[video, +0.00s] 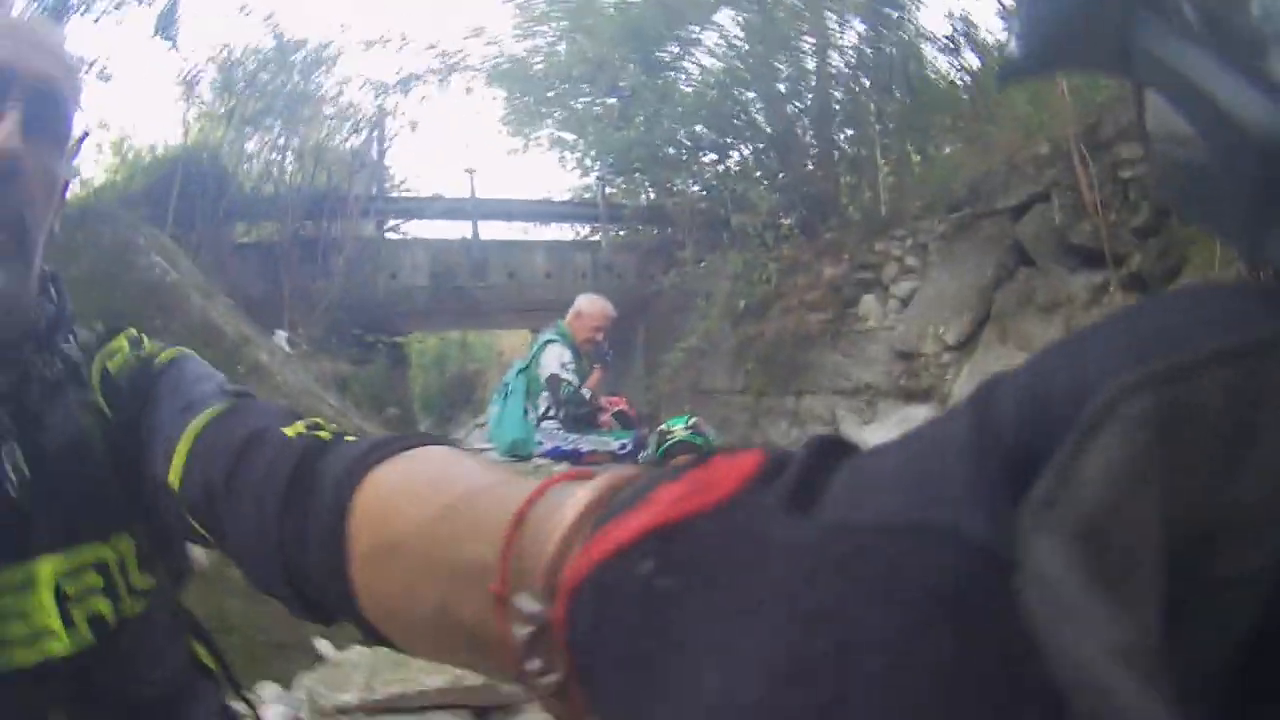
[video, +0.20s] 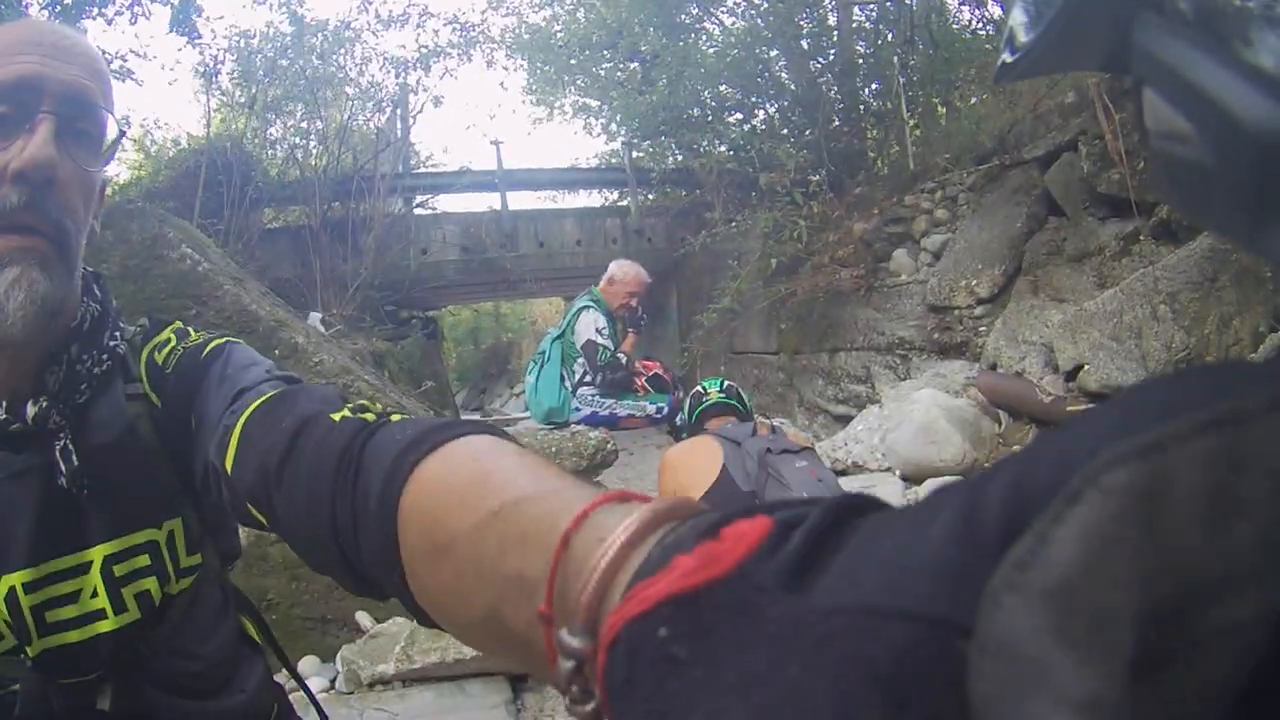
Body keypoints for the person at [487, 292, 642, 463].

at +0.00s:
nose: (600, 339)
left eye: (604, 332)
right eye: (595, 330)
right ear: (574, 319)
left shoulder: (567, 348)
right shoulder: (555, 350)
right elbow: (570, 408)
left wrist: (597, 406)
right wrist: (599, 370)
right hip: (549, 439)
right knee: (632, 445)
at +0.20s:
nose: (634, 304)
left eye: (638, 298)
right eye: (630, 296)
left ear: (609, 284)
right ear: (609, 284)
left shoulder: (598, 309)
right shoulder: (589, 315)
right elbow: (607, 379)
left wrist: (630, 367)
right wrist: (633, 334)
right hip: (577, 405)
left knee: (668, 398)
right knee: (670, 407)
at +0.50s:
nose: (625, 286)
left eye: (629, 280)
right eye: (621, 278)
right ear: (601, 266)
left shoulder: (588, 291)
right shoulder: (579, 296)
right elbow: (598, 361)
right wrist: (623, 316)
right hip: (568, 386)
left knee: (661, 380)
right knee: (663, 387)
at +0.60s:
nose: (620, 269)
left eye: (624, 262)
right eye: (616, 260)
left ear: (593, 247)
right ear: (597, 249)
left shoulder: (584, 274)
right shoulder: (574, 279)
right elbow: (593, 345)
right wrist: (618, 299)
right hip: (565, 370)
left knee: (657, 363)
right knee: (658, 370)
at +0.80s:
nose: (638, 314)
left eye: (642, 309)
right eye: (635, 306)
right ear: (616, 292)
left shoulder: (609, 320)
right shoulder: (594, 324)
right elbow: (610, 389)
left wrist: (637, 379)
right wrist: (633, 350)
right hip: (588, 415)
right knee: (672, 414)